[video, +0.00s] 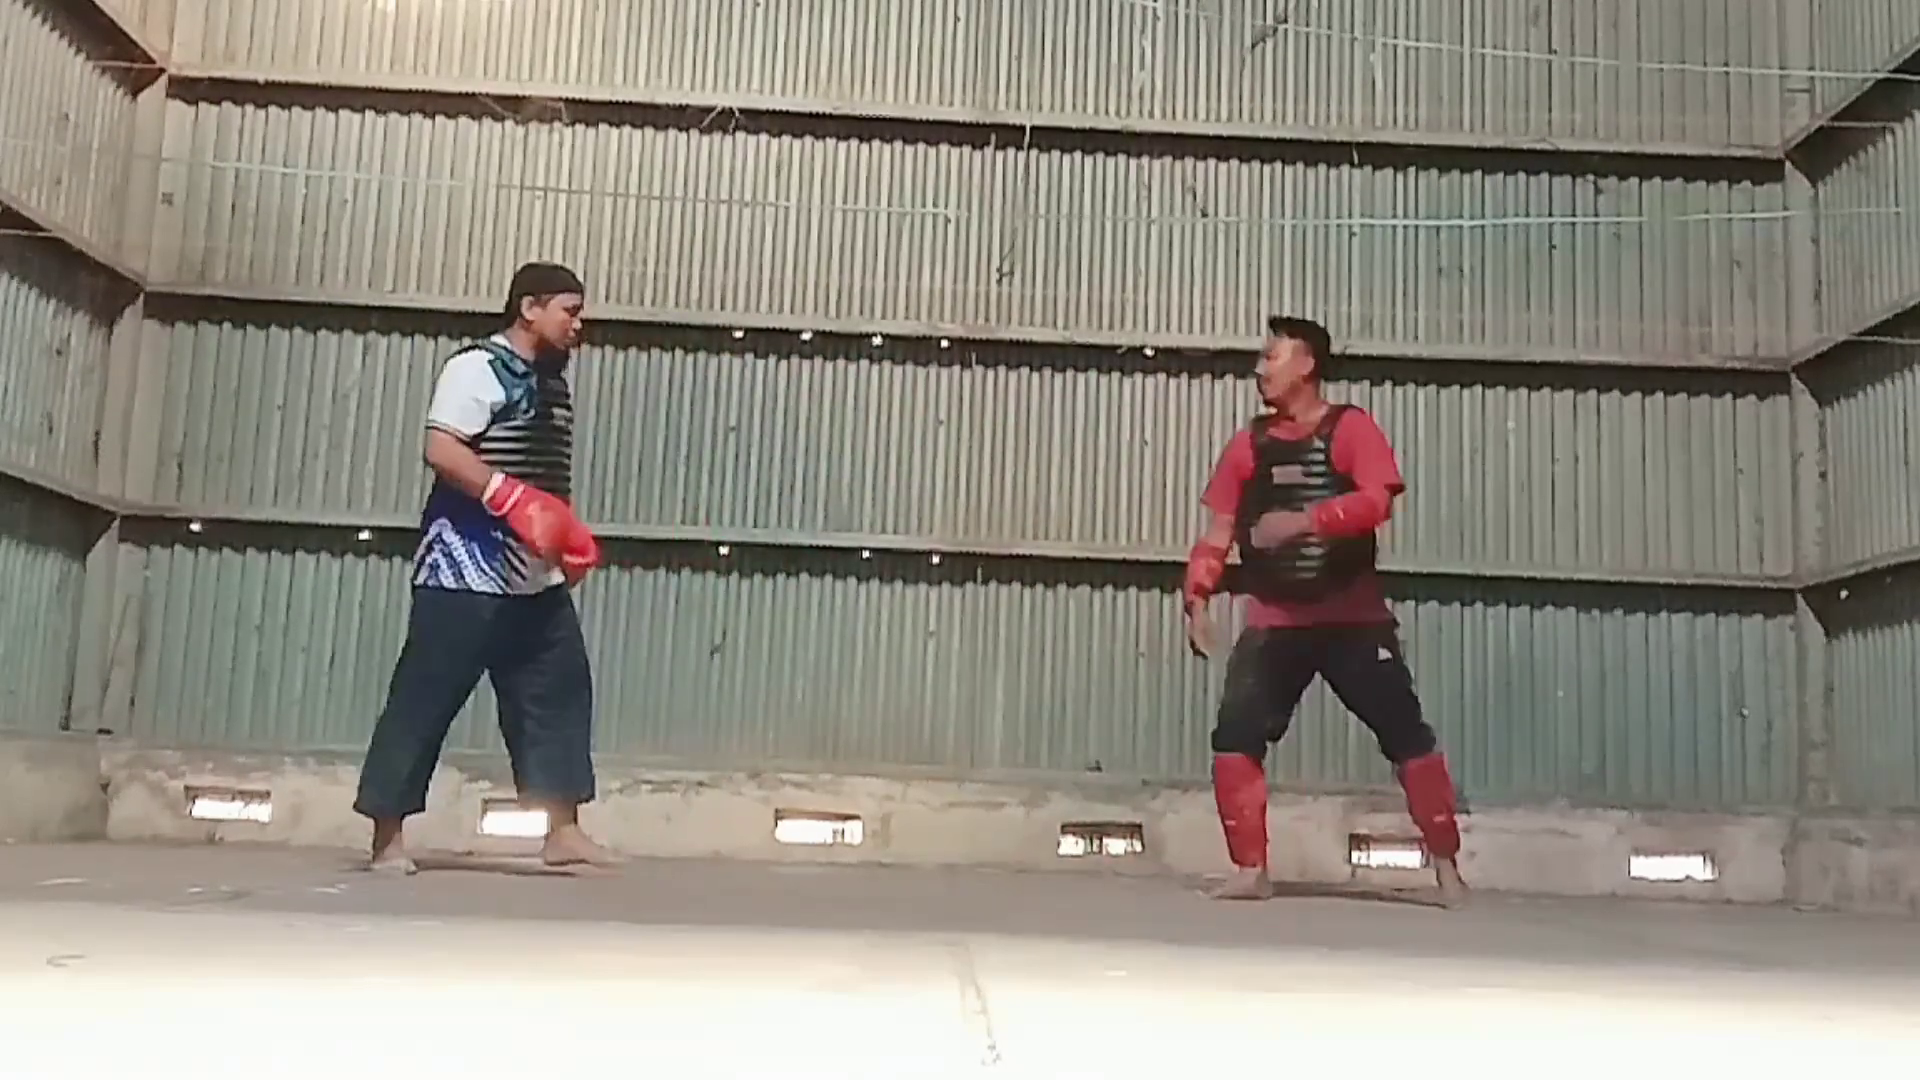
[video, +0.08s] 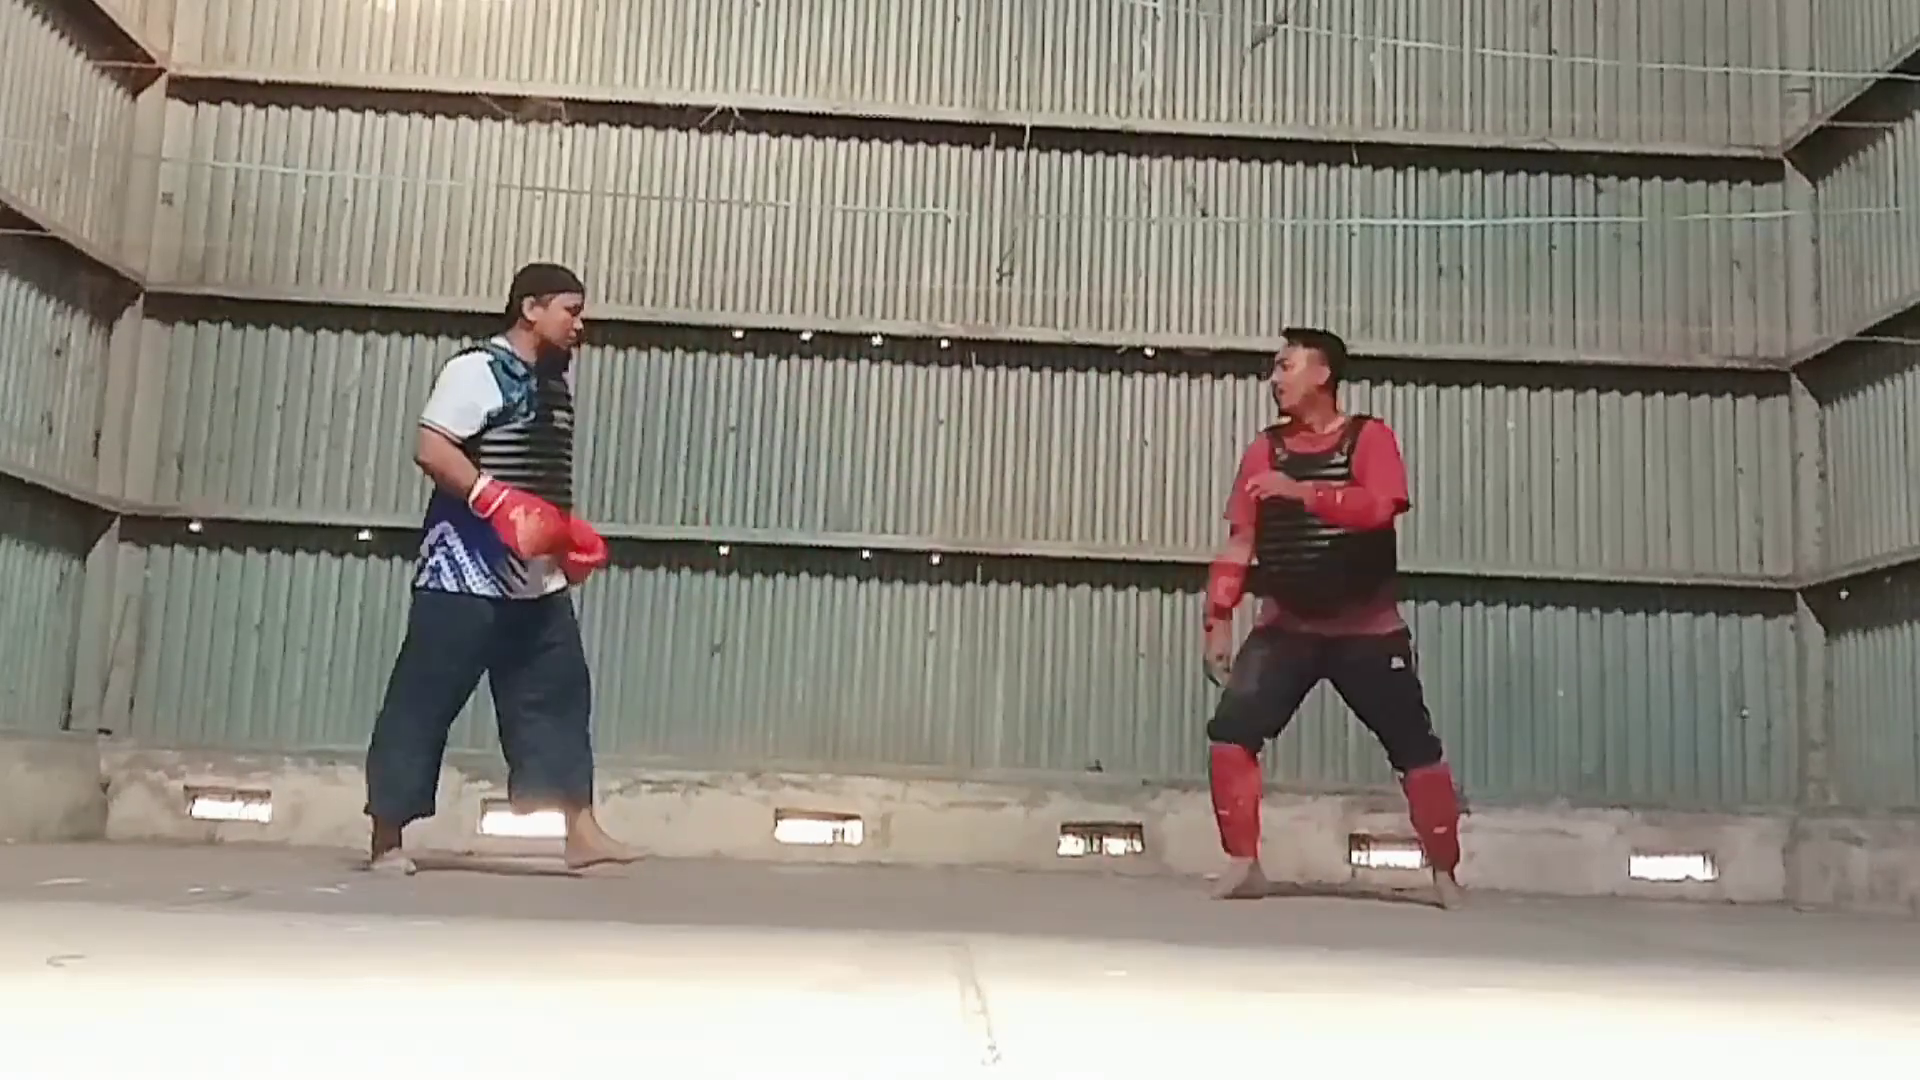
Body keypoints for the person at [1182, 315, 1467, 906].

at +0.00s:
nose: (1261, 367)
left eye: (1273, 357)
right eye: (1263, 357)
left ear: (1310, 367)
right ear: (1275, 367)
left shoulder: (1351, 428)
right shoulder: (1246, 446)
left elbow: (1376, 501)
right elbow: (1219, 535)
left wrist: (1303, 519)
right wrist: (1196, 587)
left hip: (1352, 624)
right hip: (1273, 627)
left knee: (1408, 737)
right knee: (1235, 739)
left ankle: (1446, 869)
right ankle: (1249, 873)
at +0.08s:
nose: (1274, 377)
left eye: (1286, 366)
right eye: (1275, 366)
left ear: (1324, 376)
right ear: (1290, 378)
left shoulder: (1370, 436)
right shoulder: (1263, 452)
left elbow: (1378, 506)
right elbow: (1241, 539)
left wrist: (1297, 490)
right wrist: (1219, 618)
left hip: (1366, 630)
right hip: (1286, 629)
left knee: (1415, 748)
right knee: (1232, 729)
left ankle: (1444, 875)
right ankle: (1244, 866)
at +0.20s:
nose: (1276, 365)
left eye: (1288, 354)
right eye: (1277, 355)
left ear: (1325, 363)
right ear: (1289, 364)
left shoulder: (1373, 423)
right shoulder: (1265, 442)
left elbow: (1398, 500)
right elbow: (1250, 528)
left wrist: (1322, 492)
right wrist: (1238, 580)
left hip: (1365, 613)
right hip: (1284, 612)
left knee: (1414, 736)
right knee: (1225, 718)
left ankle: (1445, 869)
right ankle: (1210, 852)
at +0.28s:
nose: (1269, 368)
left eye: (1280, 357)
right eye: (1269, 357)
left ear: (1316, 362)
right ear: (1286, 364)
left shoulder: (1367, 423)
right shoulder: (1259, 440)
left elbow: (1412, 501)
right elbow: (1241, 529)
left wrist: (1343, 518)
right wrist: (1222, 610)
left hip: (1359, 615)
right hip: (1280, 615)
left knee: (1405, 729)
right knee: (1228, 715)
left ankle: (1441, 866)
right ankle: (1175, 846)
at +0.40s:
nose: (1257, 378)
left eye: (1268, 366)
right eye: (1256, 368)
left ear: (1305, 373)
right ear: (1267, 377)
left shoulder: (1357, 440)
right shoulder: (1247, 452)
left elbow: (1418, 514)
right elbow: (1220, 540)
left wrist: (1365, 525)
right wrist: (1196, 616)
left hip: (1348, 633)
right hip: (1265, 632)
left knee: (1402, 743)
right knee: (1213, 733)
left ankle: (1441, 874)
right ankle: (1170, 862)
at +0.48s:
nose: (1245, 372)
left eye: (1257, 361)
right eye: (1245, 362)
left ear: (1295, 368)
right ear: (1253, 371)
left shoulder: (1343, 431)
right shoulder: (1230, 446)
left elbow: (1405, 497)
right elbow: (1203, 521)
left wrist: (1358, 495)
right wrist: (1190, 555)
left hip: (1336, 620)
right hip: (1252, 621)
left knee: (1391, 734)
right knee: (1206, 726)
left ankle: (1437, 864)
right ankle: (1168, 857)